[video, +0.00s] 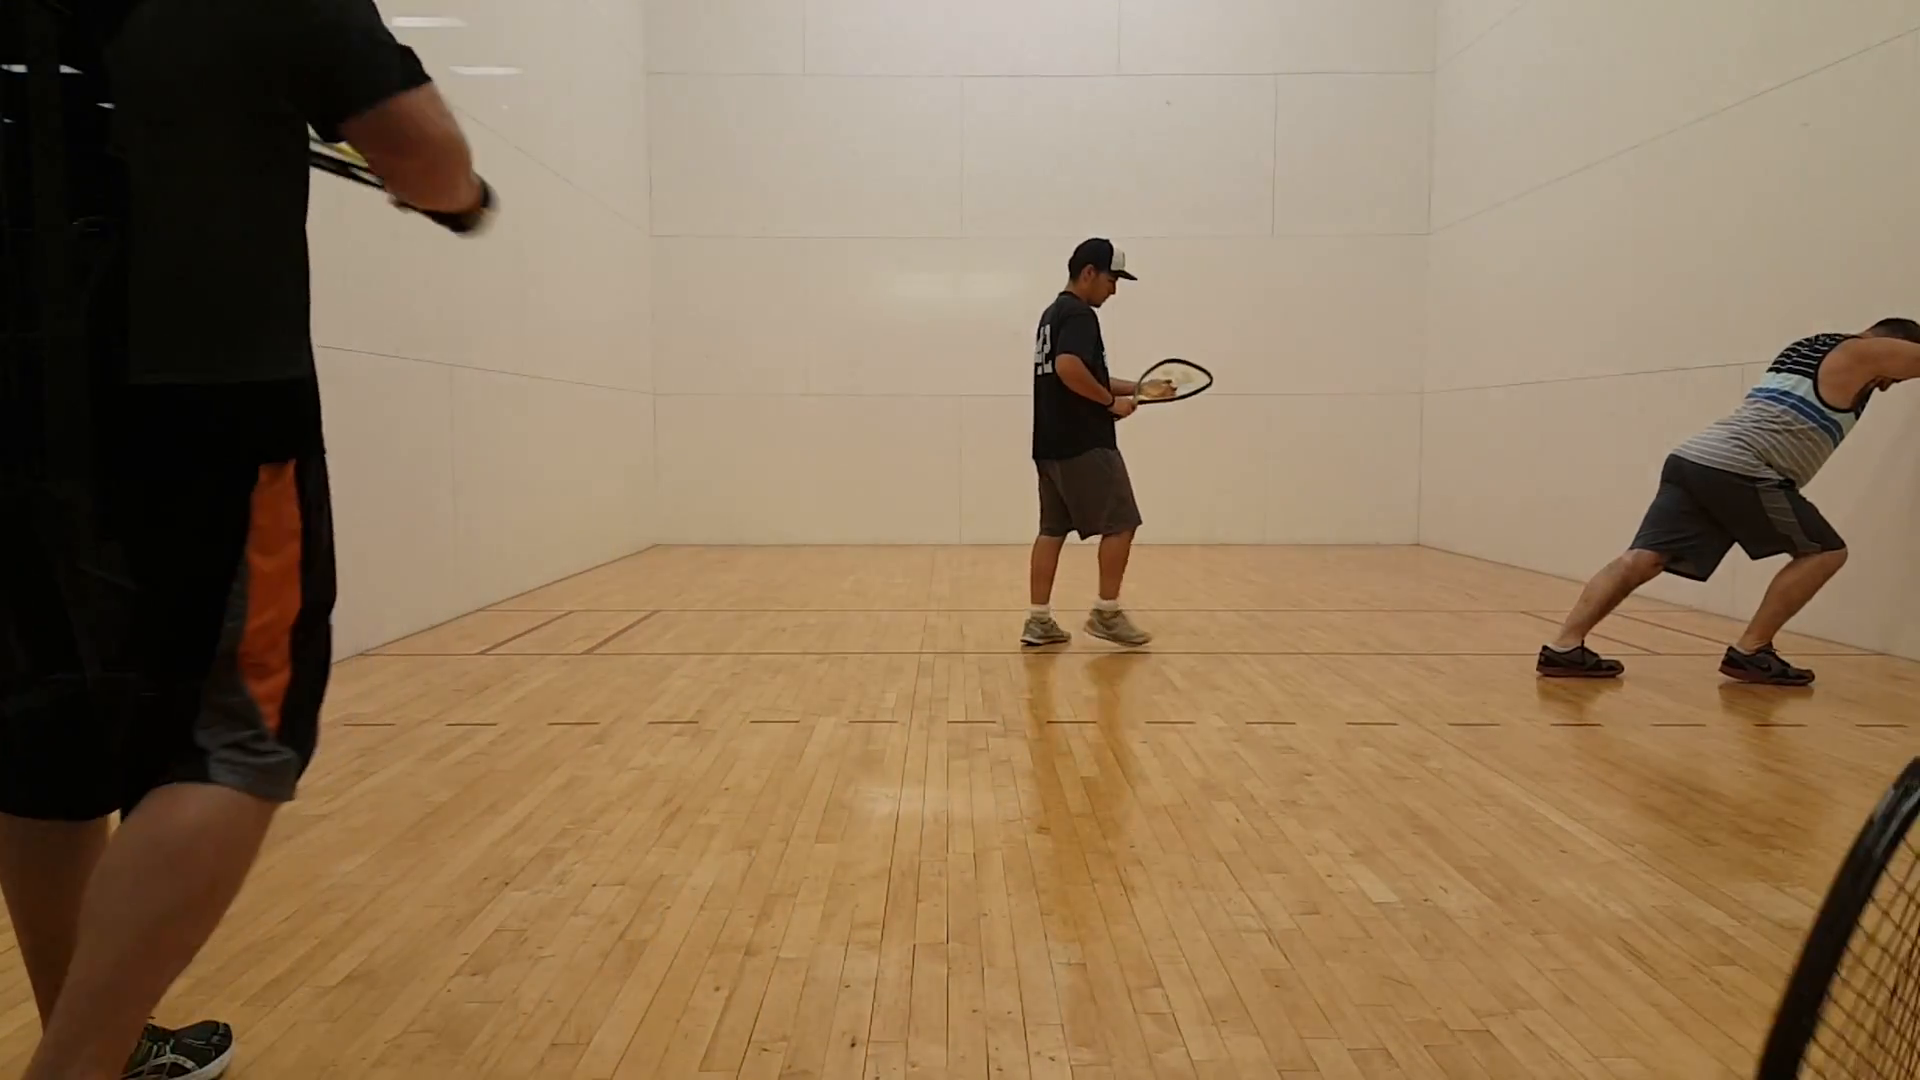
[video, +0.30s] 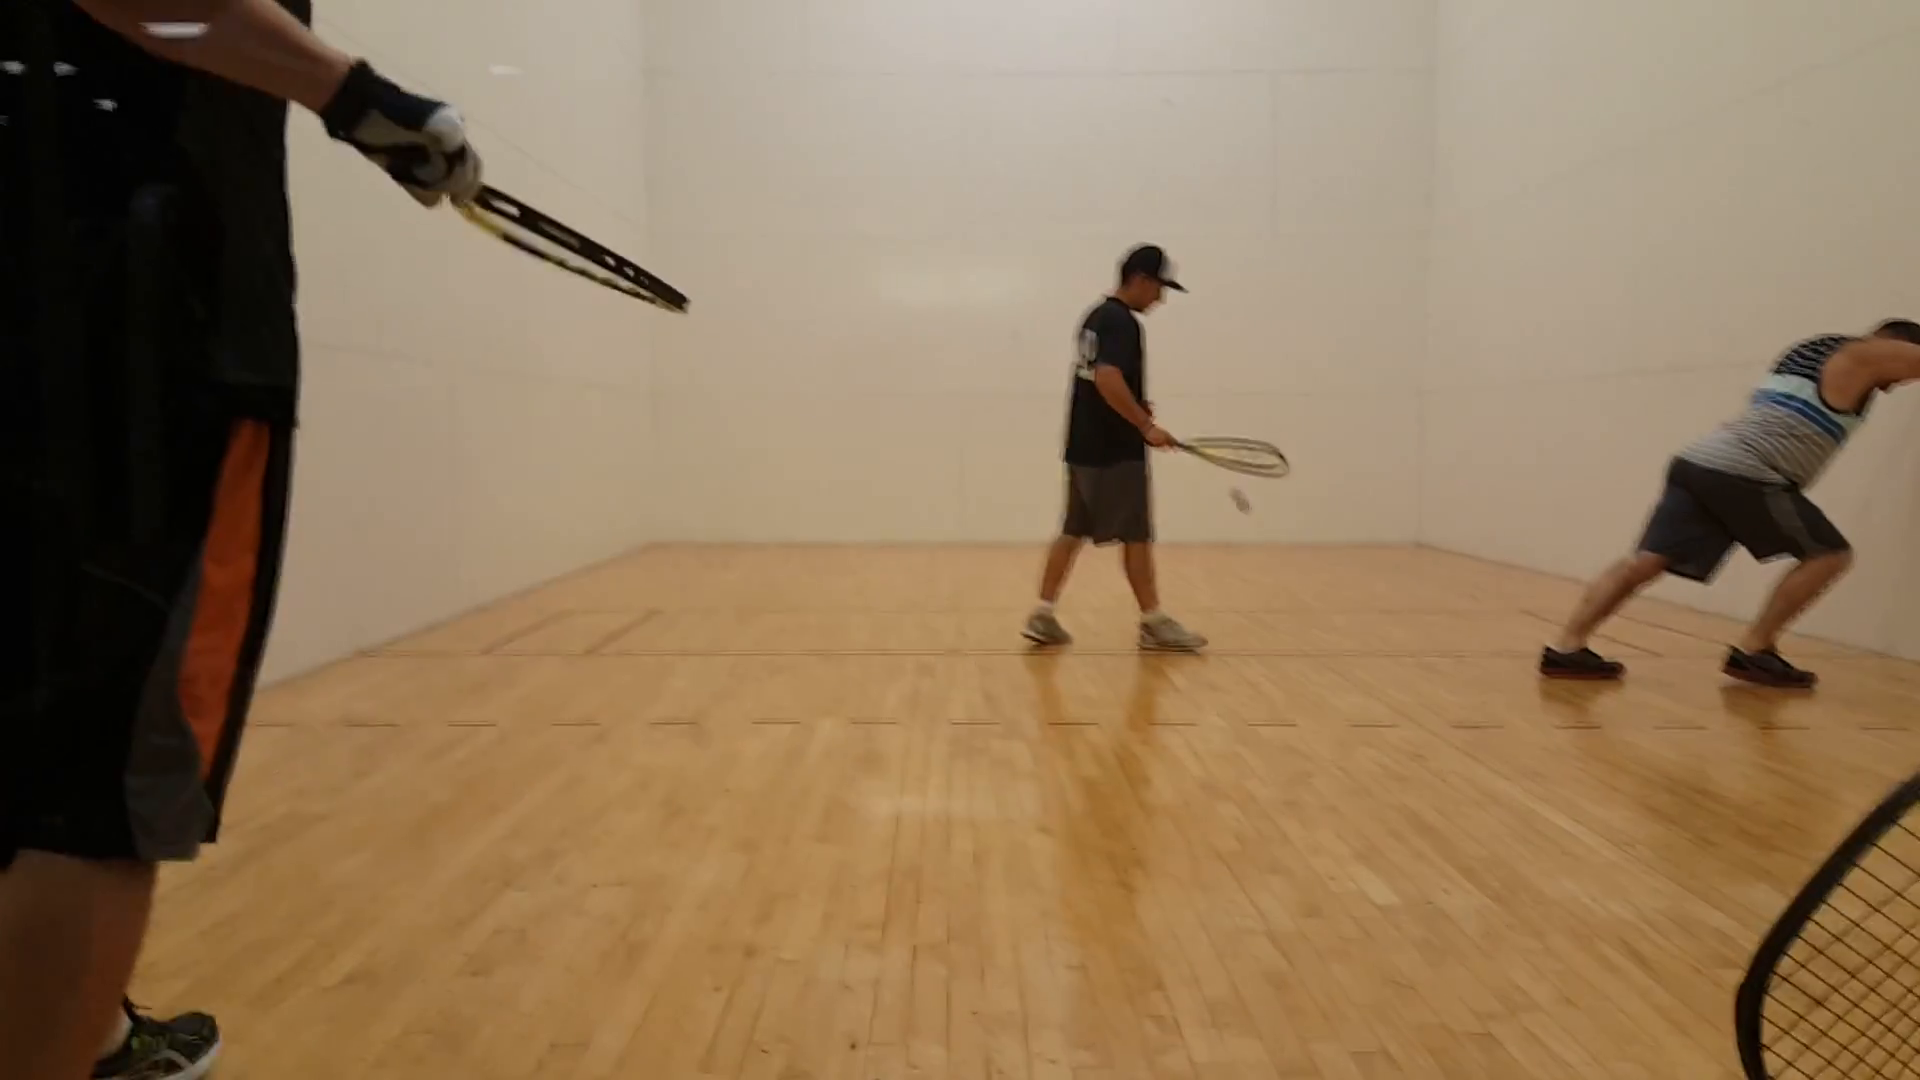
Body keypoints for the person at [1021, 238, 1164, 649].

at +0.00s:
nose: (1114, 288)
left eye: (1116, 280)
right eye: (1111, 279)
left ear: (1083, 275)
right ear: (1089, 272)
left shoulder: (1054, 314)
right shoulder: (1078, 315)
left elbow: (1090, 380)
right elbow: (1068, 368)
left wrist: (1141, 388)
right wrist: (1110, 402)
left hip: (1051, 446)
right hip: (1085, 446)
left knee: (1052, 529)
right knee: (1121, 522)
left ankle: (1039, 619)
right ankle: (1107, 612)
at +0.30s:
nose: (1161, 297)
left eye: (1163, 289)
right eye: (1158, 287)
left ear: (1132, 281)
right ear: (1137, 280)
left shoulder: (1098, 315)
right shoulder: (1120, 322)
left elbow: (1098, 378)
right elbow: (1108, 378)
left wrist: (1137, 408)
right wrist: (1145, 426)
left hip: (1085, 450)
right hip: (1116, 453)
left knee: (1073, 531)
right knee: (1137, 535)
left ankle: (1043, 613)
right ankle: (1153, 619)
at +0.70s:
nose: (1228, 294)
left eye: (1231, 287)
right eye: (1228, 285)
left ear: (1197, 275)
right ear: (1210, 276)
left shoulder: (1149, 310)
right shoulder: (1200, 325)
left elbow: (1119, 365)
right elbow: (1228, 383)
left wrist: (1118, 417)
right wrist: (1284, 402)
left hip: (1139, 440)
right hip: (1170, 446)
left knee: (1157, 526)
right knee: (1165, 532)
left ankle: (1136, 599)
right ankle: (1156, 621)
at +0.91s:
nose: (1248, 296)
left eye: (1250, 287)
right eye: (1246, 286)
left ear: (1216, 279)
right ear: (1226, 279)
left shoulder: (1170, 317)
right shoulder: (1227, 326)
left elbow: (1144, 378)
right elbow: (1260, 383)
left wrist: (1163, 421)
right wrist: (1305, 416)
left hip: (1170, 443)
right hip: (1199, 448)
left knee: (1201, 530)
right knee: (1180, 532)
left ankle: (1217, 611)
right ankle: (1157, 620)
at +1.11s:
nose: (1267, 293)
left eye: (1269, 285)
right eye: (1265, 283)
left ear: (1236, 278)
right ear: (1245, 277)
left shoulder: (1196, 319)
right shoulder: (1238, 321)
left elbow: (1182, 382)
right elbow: (1236, 381)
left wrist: (1215, 415)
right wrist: (1253, 441)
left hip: (1202, 444)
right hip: (1225, 446)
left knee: (1226, 529)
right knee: (1227, 529)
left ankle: (1225, 613)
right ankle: (1179, 602)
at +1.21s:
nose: (1276, 291)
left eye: (1278, 283)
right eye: (1274, 281)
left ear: (1249, 275)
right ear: (1254, 275)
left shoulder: (1220, 314)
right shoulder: (1236, 317)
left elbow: (1226, 381)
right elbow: (1222, 375)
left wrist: (1265, 407)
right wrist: (1228, 435)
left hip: (1220, 443)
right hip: (1239, 444)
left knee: (1232, 526)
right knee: (1257, 522)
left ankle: (1225, 609)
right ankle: (1204, 596)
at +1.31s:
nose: (1286, 289)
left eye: (1288, 282)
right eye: (1284, 280)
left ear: (1259, 275)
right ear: (1263, 274)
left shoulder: (1246, 315)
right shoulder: (1239, 314)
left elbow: (1252, 379)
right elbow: (1217, 370)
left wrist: (1294, 373)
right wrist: (1218, 430)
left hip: (1231, 442)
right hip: (1245, 443)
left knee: (1232, 528)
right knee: (1271, 519)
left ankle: (1225, 616)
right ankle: (1238, 608)